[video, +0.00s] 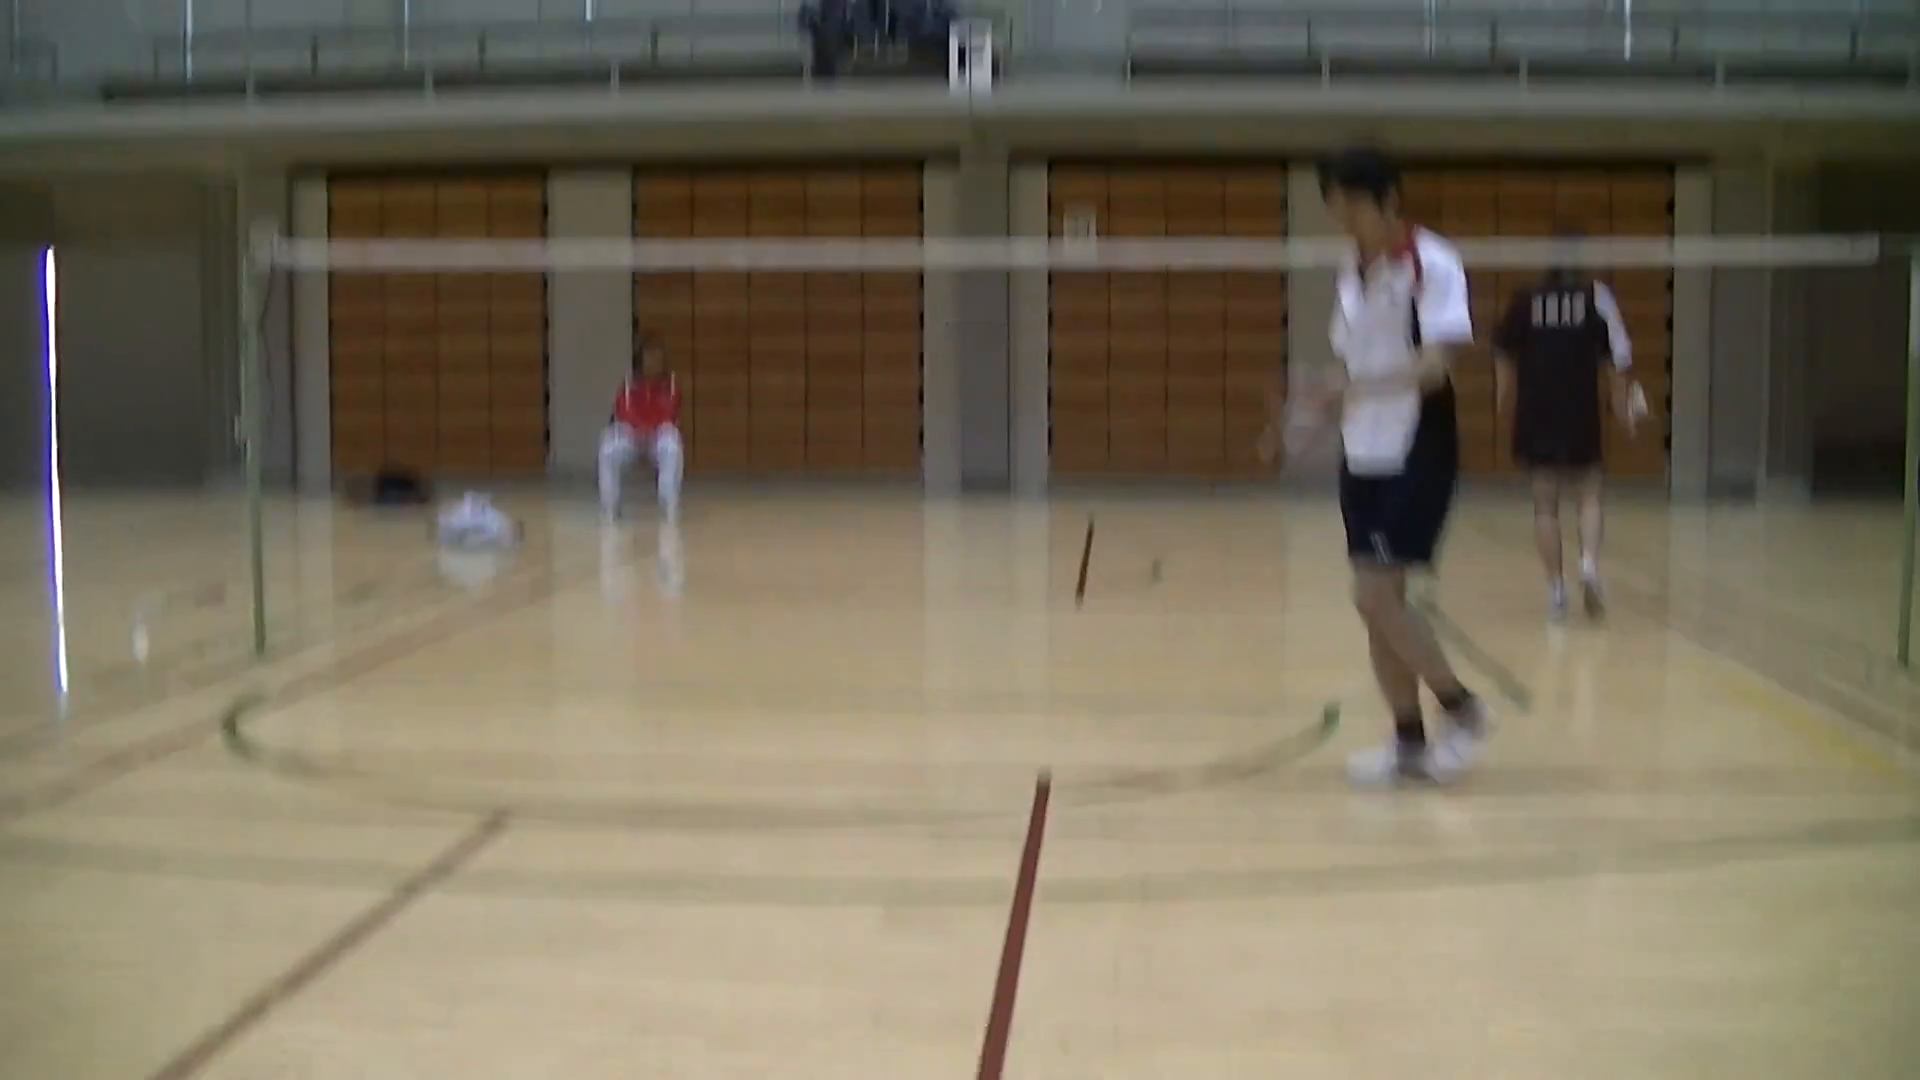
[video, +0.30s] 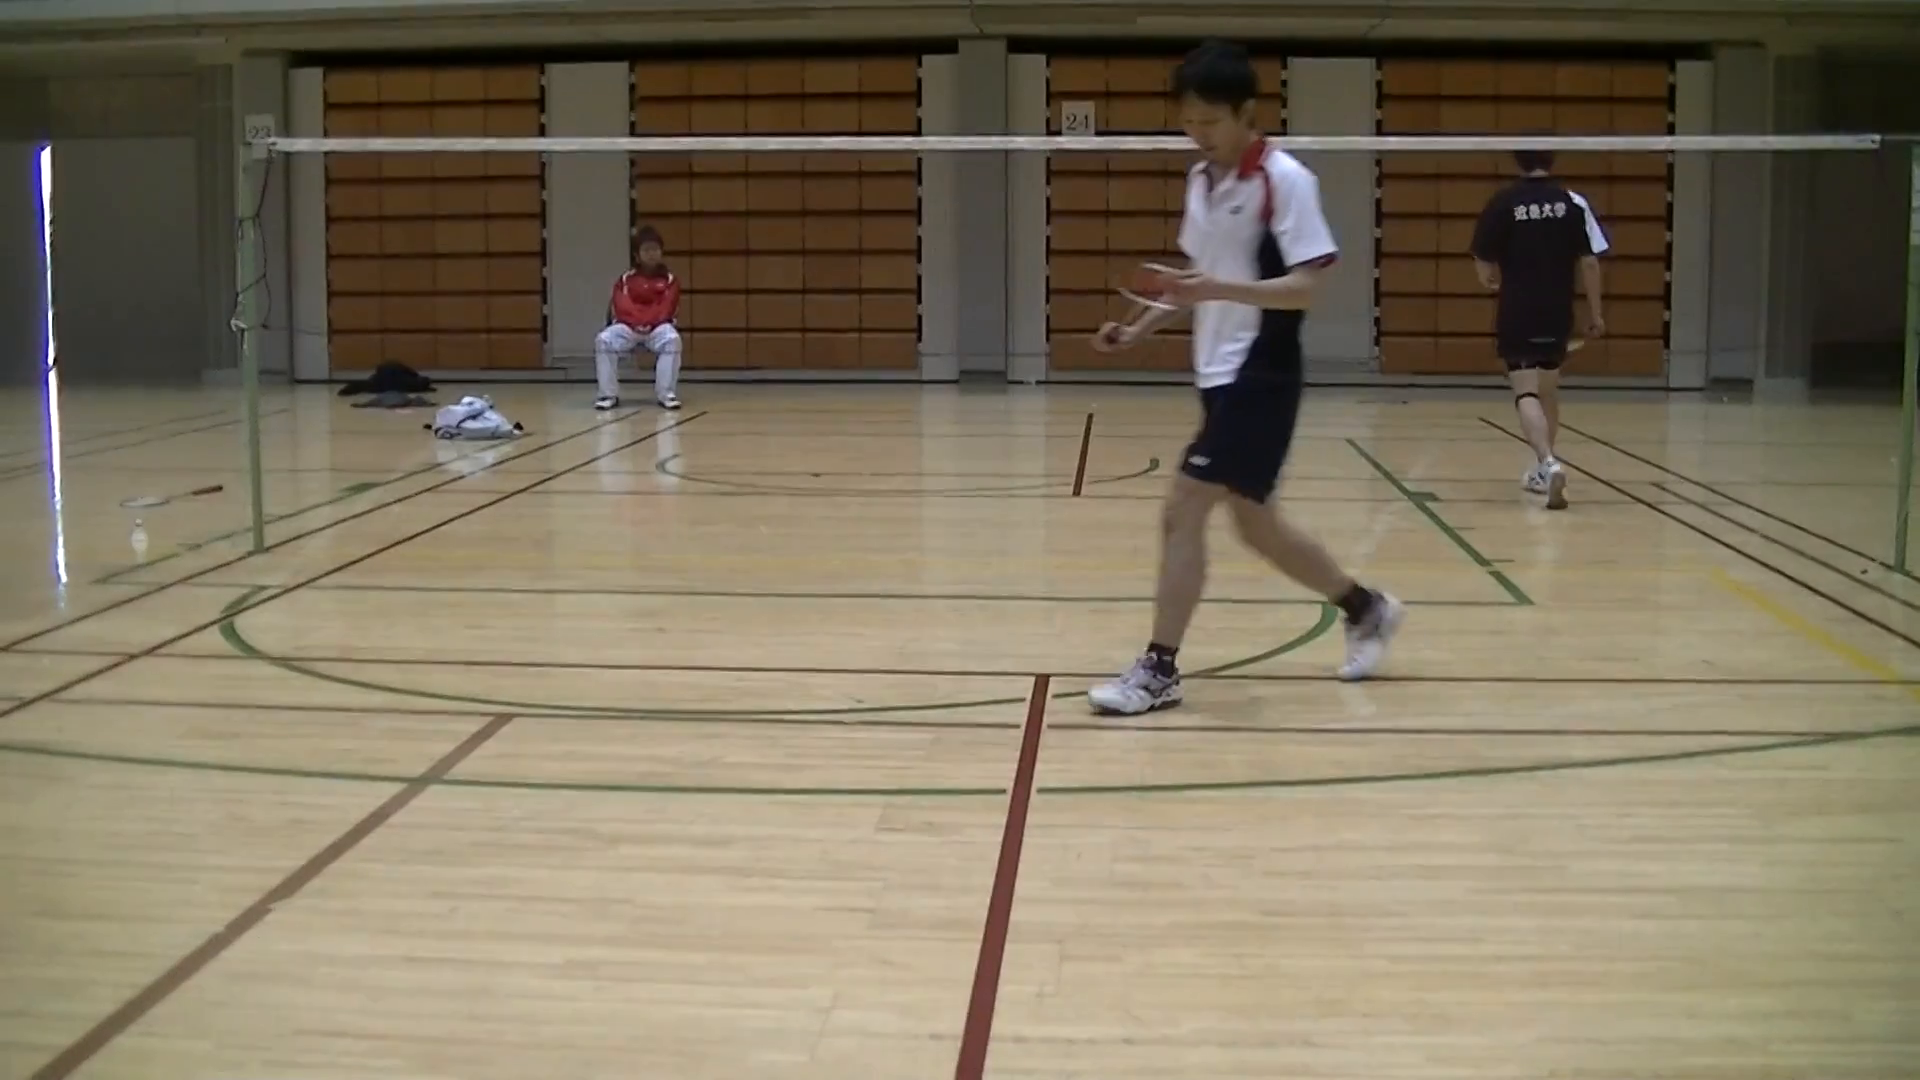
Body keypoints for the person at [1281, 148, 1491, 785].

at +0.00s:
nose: (1348, 223)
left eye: (1355, 208)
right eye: (1340, 211)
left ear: (1388, 200)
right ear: (1337, 211)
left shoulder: (1435, 264)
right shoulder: (1350, 273)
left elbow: (1442, 360)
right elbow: (1346, 368)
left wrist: (1356, 388)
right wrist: (1307, 416)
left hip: (1418, 439)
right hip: (1362, 440)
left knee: (1377, 590)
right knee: (1374, 596)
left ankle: (1462, 710)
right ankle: (1410, 741)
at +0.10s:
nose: (1299, 142)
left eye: (1309, 127)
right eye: (1292, 129)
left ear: (1347, 120)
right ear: (1291, 128)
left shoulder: (1392, 182)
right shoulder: (1304, 191)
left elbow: (1402, 286)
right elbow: (1290, 288)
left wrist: (1315, 295)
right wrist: (1249, 348)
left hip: (1373, 377)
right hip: (1324, 378)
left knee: (1308, 509)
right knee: (1366, 525)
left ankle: (1322, 671)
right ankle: (1409, 664)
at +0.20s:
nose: (1249, 132)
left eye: (1261, 118)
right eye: (1241, 119)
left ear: (1297, 113)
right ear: (1236, 119)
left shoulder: (1340, 176)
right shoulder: (1254, 184)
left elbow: (1360, 282)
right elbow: (1236, 277)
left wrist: (1268, 285)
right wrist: (1191, 337)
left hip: (1321, 373)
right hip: (1277, 373)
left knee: (1258, 513)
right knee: (1337, 515)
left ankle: (1197, 663)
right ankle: (1403, 639)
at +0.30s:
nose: (1197, 137)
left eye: (1208, 123)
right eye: (1189, 124)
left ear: (1246, 112)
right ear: (1186, 118)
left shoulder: (1286, 178)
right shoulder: (1202, 176)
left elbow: (1308, 286)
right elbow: (1200, 274)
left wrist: (1218, 289)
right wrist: (1144, 320)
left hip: (1262, 377)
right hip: (1220, 374)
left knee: (1184, 506)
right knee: (1252, 520)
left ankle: (1159, 668)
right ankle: (1366, 608)